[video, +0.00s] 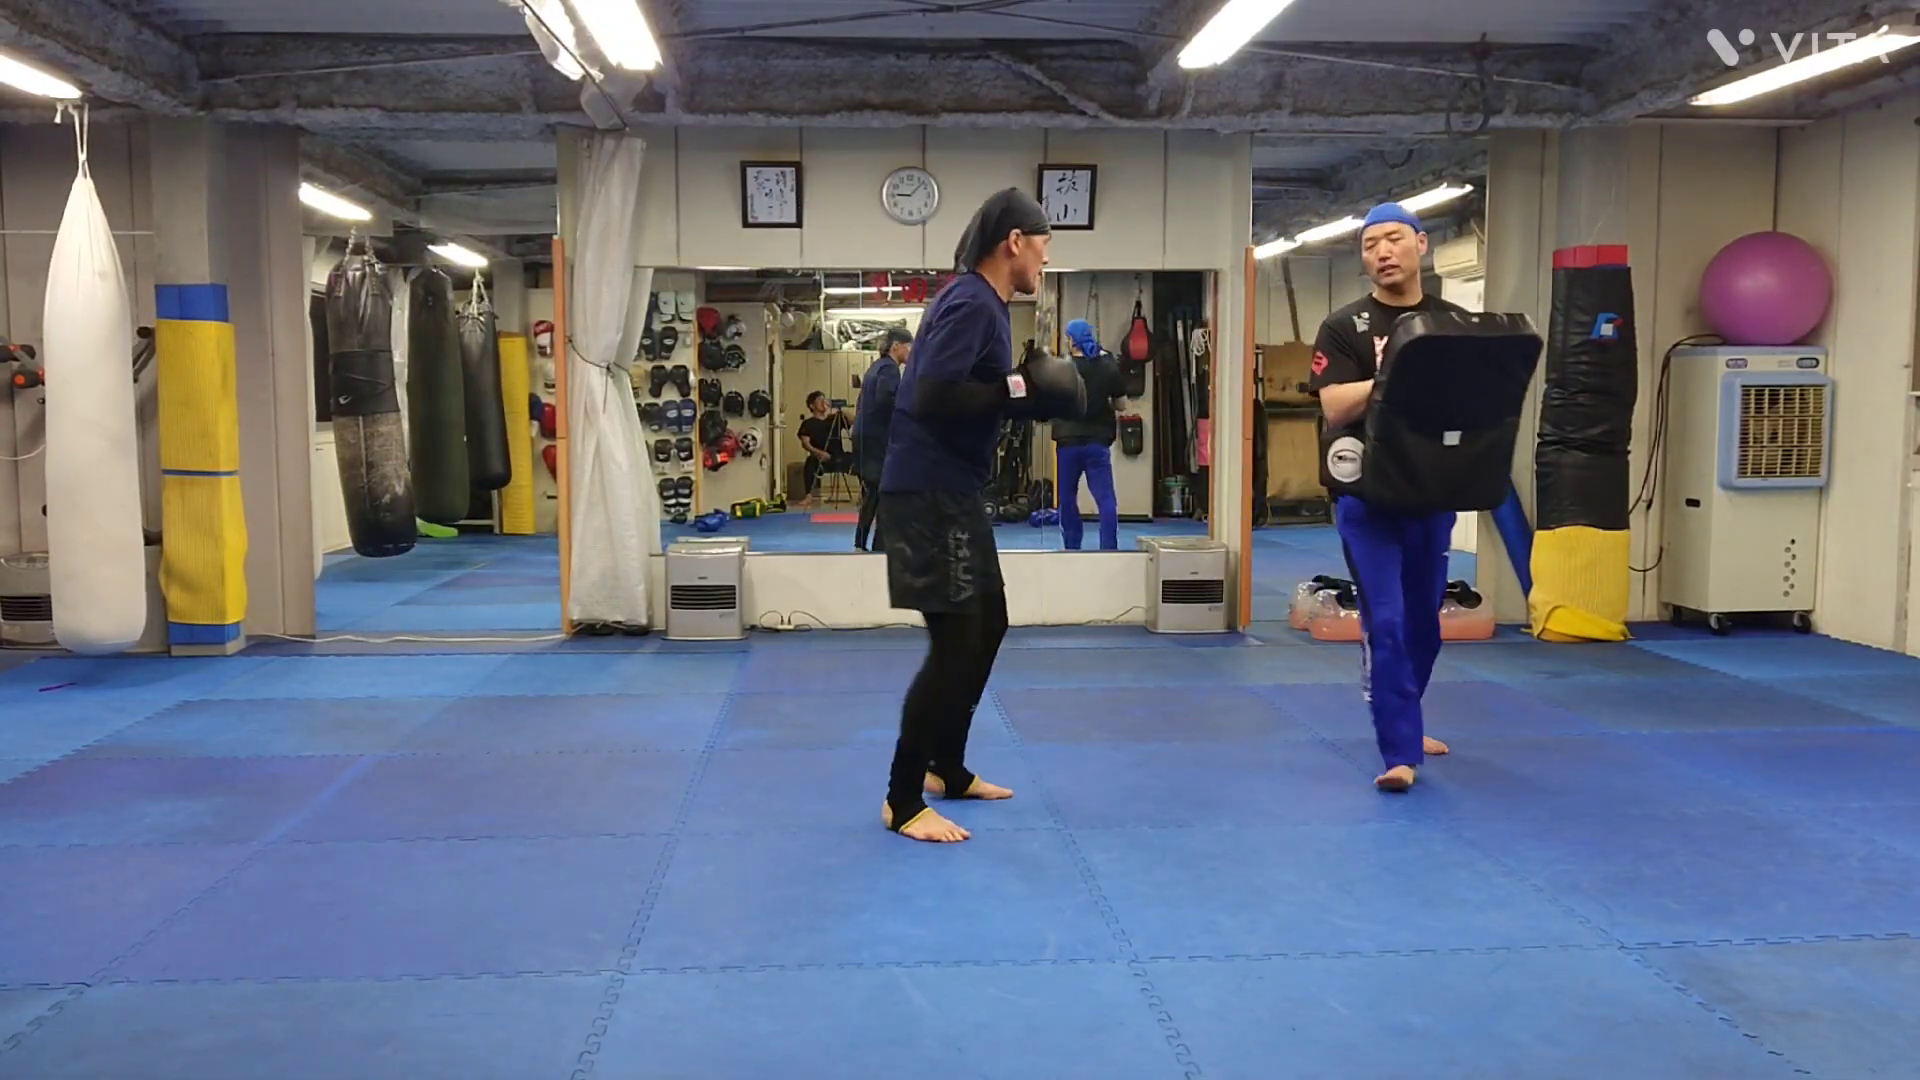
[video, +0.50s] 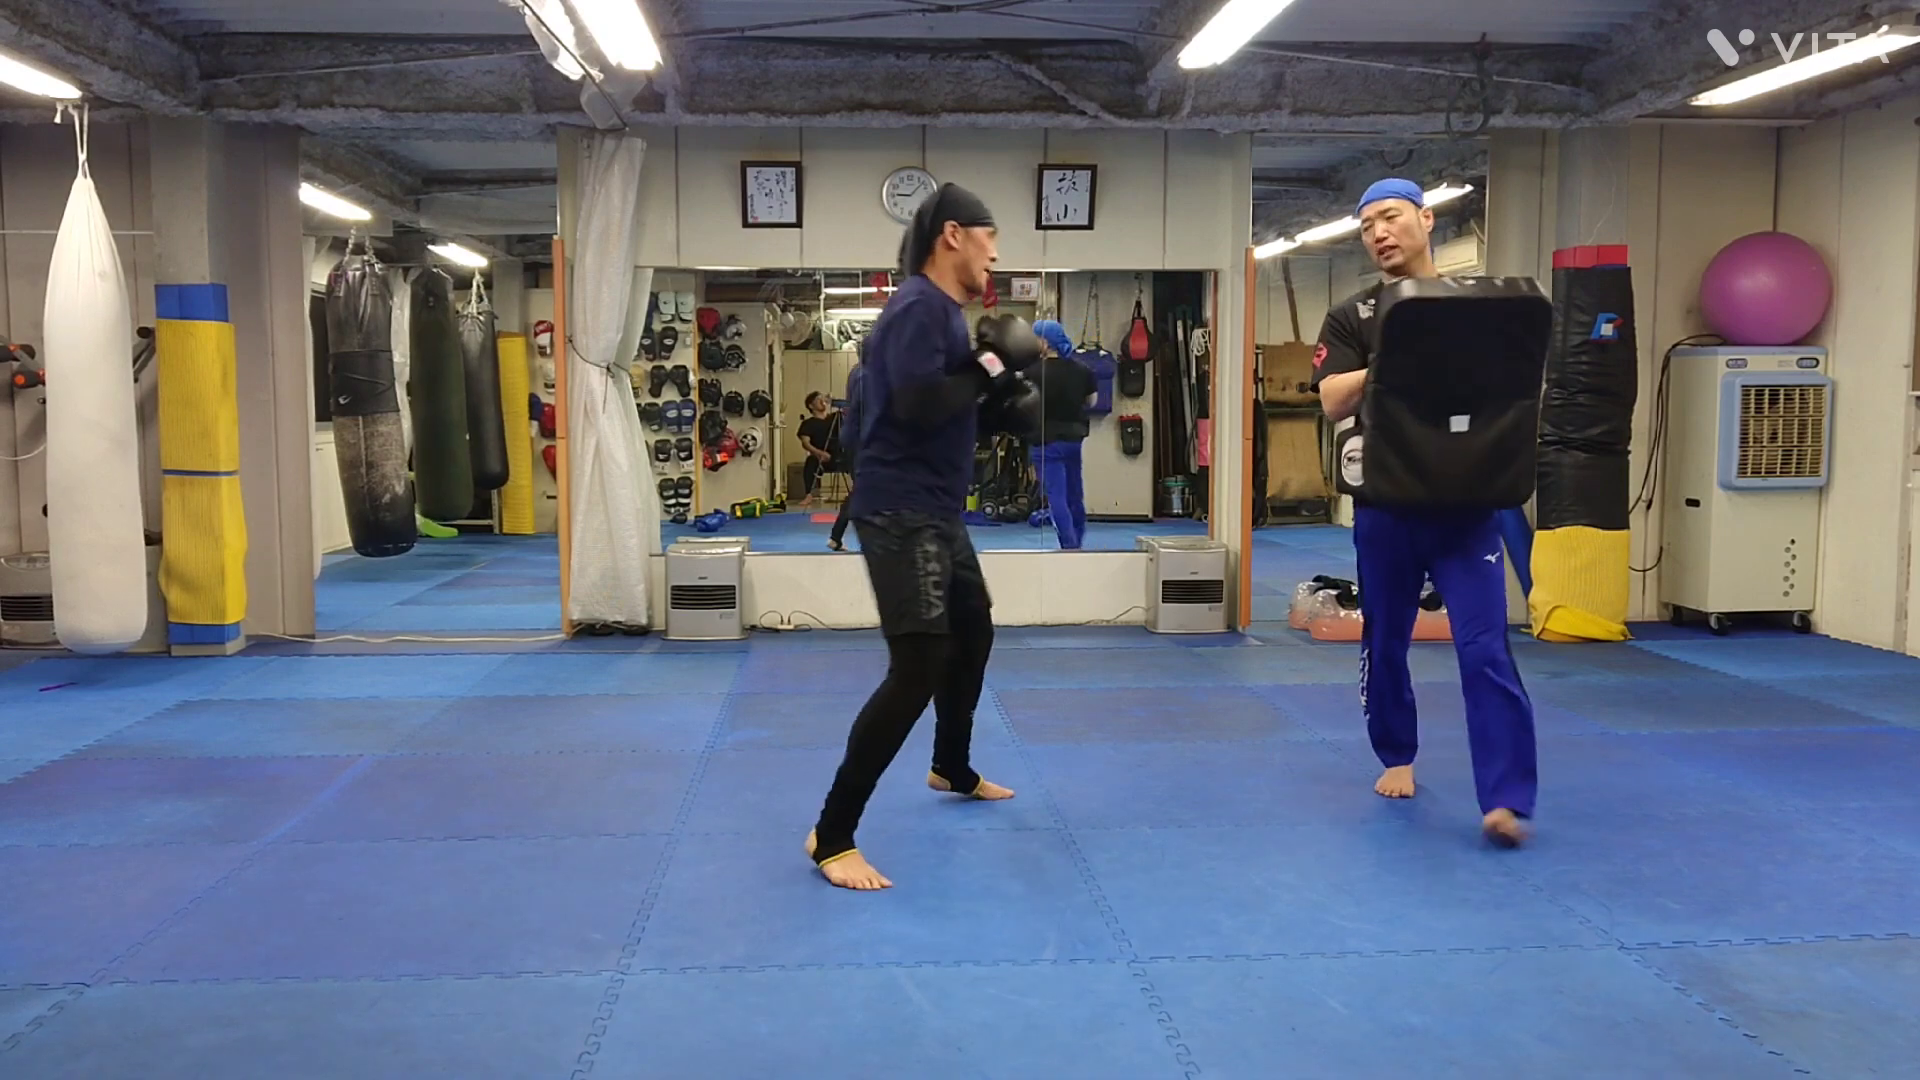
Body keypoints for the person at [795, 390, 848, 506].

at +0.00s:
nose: (824, 402)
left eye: (824, 399)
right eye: (820, 400)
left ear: (827, 402)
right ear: (812, 406)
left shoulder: (836, 418)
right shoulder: (808, 423)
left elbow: (853, 421)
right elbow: (805, 444)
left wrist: (840, 411)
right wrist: (819, 453)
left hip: (838, 456)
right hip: (821, 458)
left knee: (861, 460)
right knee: (810, 462)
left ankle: (865, 495)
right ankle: (809, 495)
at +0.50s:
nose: (823, 401)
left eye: (823, 399)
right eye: (818, 400)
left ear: (826, 402)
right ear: (811, 406)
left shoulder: (835, 418)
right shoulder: (808, 423)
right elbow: (806, 444)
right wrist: (820, 453)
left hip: (839, 455)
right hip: (821, 457)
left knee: (854, 457)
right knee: (811, 461)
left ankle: (857, 490)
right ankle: (808, 495)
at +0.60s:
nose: (822, 402)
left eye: (823, 399)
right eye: (818, 400)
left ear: (826, 402)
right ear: (811, 406)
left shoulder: (834, 418)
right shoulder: (808, 423)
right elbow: (806, 444)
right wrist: (820, 453)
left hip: (837, 456)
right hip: (820, 458)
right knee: (811, 461)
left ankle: (844, 494)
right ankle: (808, 495)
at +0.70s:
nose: (821, 401)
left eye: (821, 399)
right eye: (817, 400)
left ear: (825, 401)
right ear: (810, 406)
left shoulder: (832, 419)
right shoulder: (807, 423)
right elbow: (805, 443)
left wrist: (835, 401)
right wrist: (820, 453)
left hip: (834, 453)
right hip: (818, 455)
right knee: (810, 462)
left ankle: (840, 493)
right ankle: (808, 494)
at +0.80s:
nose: (821, 402)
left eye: (820, 399)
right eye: (817, 400)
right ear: (810, 406)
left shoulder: (830, 420)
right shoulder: (807, 423)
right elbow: (805, 443)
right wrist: (819, 453)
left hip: (831, 458)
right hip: (815, 459)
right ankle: (810, 495)